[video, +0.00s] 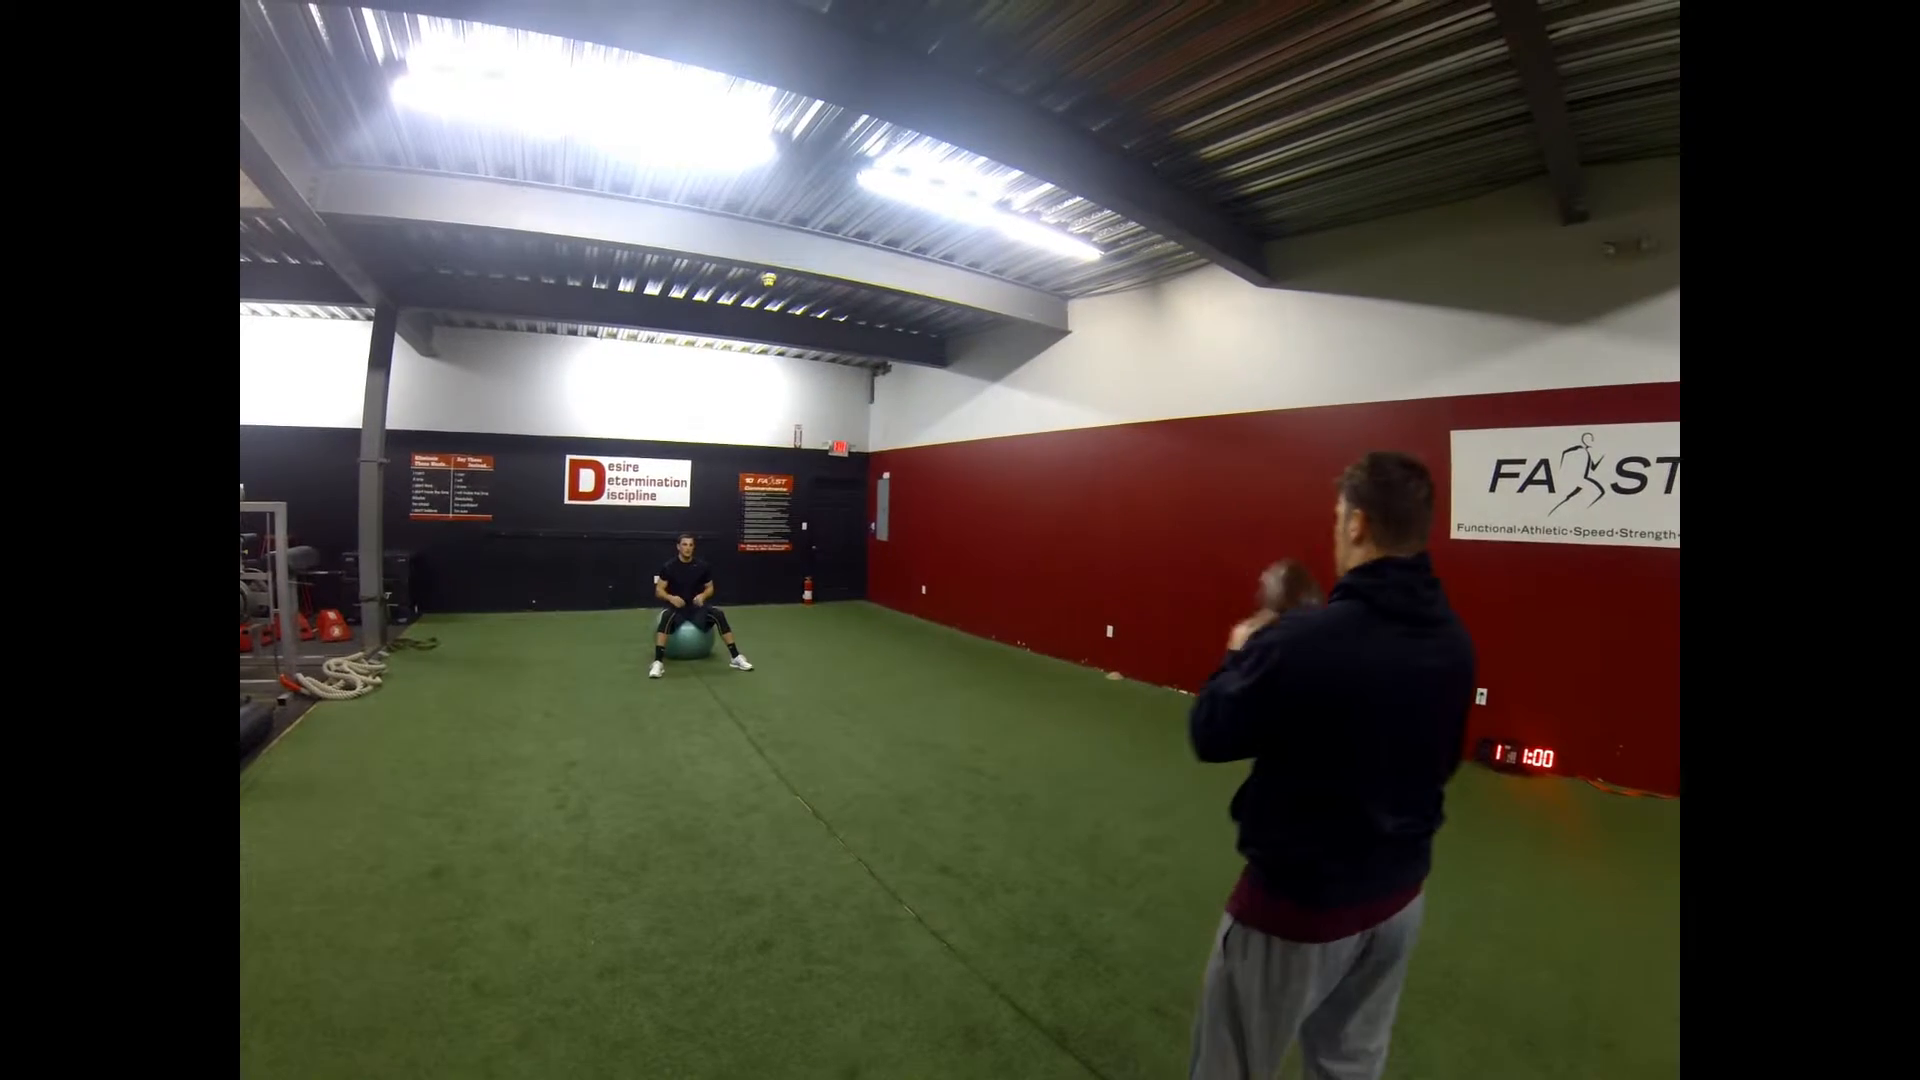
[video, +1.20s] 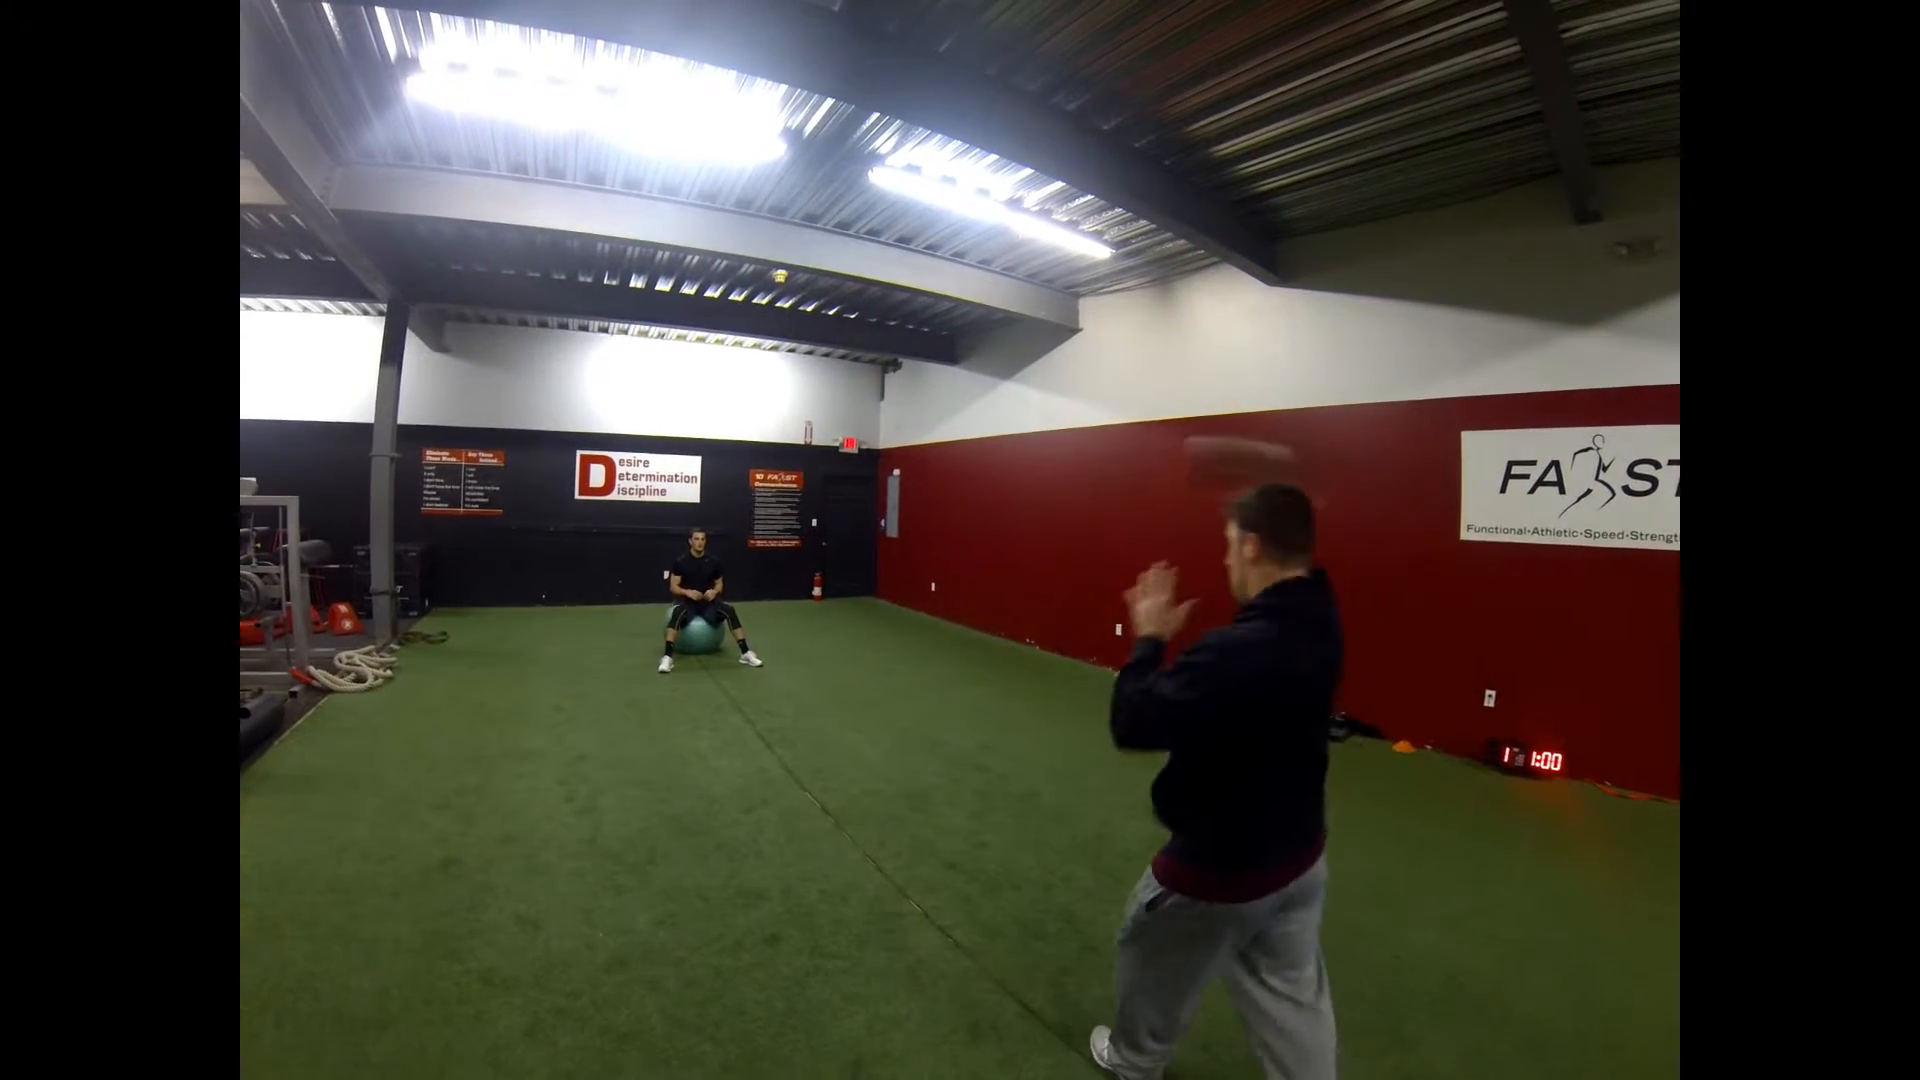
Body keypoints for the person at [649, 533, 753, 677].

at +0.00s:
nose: (687, 548)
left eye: (690, 545)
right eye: (684, 545)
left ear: (694, 548)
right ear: (678, 547)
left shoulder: (702, 566)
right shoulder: (669, 567)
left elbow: (710, 588)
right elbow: (659, 590)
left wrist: (702, 596)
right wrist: (671, 598)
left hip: (697, 608)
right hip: (677, 608)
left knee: (718, 614)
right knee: (666, 615)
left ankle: (736, 657)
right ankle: (658, 662)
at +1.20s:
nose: (699, 542)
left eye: (702, 539)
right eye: (696, 539)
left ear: (705, 542)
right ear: (690, 541)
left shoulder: (713, 561)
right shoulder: (681, 563)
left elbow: (719, 584)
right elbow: (673, 587)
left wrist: (714, 591)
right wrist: (688, 592)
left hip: (708, 602)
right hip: (688, 602)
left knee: (729, 610)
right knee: (677, 612)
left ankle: (745, 653)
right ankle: (667, 656)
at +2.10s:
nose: (709, 562)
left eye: (710, 559)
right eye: (706, 558)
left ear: (712, 557)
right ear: (696, 555)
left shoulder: (714, 570)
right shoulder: (683, 570)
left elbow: (722, 591)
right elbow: (673, 594)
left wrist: (719, 592)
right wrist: (694, 597)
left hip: (709, 608)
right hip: (689, 609)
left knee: (732, 619)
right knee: (678, 620)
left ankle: (749, 661)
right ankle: (670, 665)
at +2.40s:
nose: (700, 563)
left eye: (703, 560)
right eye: (698, 559)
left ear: (705, 560)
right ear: (690, 557)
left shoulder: (708, 573)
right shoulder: (677, 573)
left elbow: (716, 598)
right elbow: (669, 598)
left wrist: (712, 597)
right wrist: (689, 598)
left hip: (704, 612)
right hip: (684, 613)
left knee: (728, 622)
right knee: (674, 623)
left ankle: (745, 664)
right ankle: (666, 668)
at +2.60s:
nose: (691, 562)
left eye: (694, 559)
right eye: (688, 559)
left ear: (700, 558)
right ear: (685, 557)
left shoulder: (708, 573)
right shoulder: (677, 572)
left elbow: (710, 599)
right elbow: (661, 591)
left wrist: (693, 593)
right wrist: (670, 595)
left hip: (702, 612)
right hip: (682, 611)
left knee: (726, 623)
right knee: (674, 625)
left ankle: (743, 665)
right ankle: (664, 669)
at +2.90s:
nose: (690, 557)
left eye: (693, 554)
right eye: (687, 554)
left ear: (697, 556)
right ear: (681, 555)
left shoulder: (706, 573)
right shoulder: (676, 575)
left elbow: (720, 597)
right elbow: (669, 598)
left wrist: (708, 603)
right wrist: (659, 586)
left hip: (704, 615)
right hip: (684, 615)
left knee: (727, 623)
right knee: (677, 626)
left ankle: (742, 667)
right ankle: (664, 670)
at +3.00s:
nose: (690, 555)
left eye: (693, 552)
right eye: (687, 552)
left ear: (697, 554)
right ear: (682, 554)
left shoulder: (707, 572)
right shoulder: (677, 574)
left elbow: (724, 593)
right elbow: (659, 593)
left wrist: (718, 599)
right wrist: (657, 569)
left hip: (705, 615)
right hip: (684, 616)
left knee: (728, 623)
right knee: (677, 625)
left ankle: (742, 666)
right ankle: (664, 670)